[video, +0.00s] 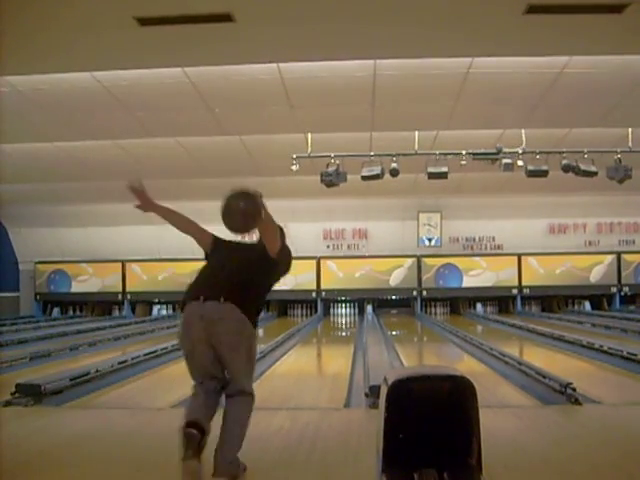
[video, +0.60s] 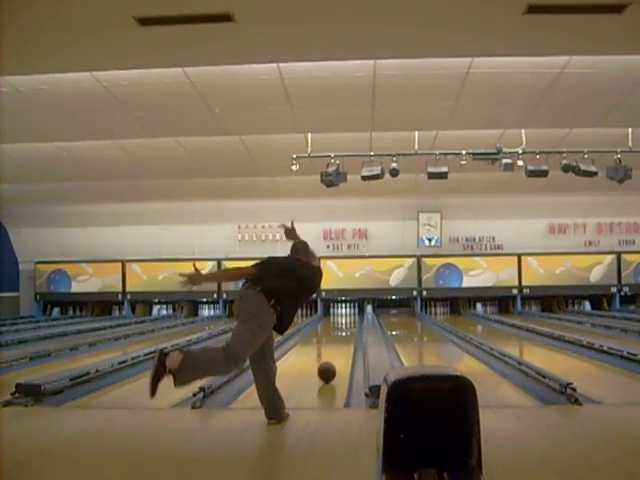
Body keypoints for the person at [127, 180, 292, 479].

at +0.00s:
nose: (281, 233)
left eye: (280, 232)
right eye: (279, 234)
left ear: (236, 228)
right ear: (276, 239)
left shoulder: (222, 248)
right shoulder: (277, 259)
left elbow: (191, 228)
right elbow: (270, 234)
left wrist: (153, 207)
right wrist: (260, 211)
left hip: (193, 308)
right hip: (232, 312)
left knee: (207, 381)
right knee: (240, 390)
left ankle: (195, 426)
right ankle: (226, 463)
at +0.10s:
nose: (288, 261)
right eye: (287, 256)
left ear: (247, 251)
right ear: (282, 256)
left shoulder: (230, 258)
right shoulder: (283, 276)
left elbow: (200, 239)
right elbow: (278, 249)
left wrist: (168, 222)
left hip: (206, 321)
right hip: (240, 326)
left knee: (227, 380)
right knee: (246, 398)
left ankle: (223, 445)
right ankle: (228, 454)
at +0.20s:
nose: (293, 264)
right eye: (294, 259)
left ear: (274, 252)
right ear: (293, 258)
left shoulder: (252, 262)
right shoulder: (291, 280)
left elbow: (220, 267)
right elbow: (278, 304)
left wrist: (188, 266)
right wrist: (278, 329)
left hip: (216, 324)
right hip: (243, 326)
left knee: (252, 375)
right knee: (248, 389)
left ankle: (262, 422)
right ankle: (229, 432)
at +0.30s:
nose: (292, 261)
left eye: (285, 255)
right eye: (294, 258)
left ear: (275, 253)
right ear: (294, 258)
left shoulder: (257, 265)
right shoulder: (298, 287)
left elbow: (226, 281)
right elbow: (296, 332)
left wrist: (192, 290)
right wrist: (298, 376)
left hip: (229, 323)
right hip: (257, 329)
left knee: (261, 365)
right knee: (248, 385)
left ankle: (275, 413)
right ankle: (216, 419)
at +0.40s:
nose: (295, 263)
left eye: (290, 258)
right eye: (297, 260)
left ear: (280, 255)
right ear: (299, 259)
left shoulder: (262, 264)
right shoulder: (302, 285)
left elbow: (230, 274)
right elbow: (308, 331)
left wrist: (192, 279)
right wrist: (315, 365)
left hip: (233, 314)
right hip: (260, 321)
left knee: (263, 366)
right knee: (243, 380)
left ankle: (277, 416)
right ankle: (191, 409)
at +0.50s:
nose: (301, 263)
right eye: (303, 259)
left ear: (287, 255)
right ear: (304, 260)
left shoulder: (272, 264)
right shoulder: (309, 282)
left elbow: (237, 272)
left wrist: (198, 271)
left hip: (239, 308)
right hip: (261, 319)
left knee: (266, 368)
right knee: (238, 370)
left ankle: (277, 415)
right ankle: (179, 383)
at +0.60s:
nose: (314, 259)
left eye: (311, 255)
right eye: (312, 256)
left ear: (293, 255)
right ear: (308, 258)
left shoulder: (276, 262)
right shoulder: (314, 273)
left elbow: (242, 272)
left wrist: (203, 277)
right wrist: (296, 238)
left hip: (246, 299)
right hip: (263, 308)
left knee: (264, 364)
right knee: (231, 358)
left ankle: (275, 414)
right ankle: (172, 362)